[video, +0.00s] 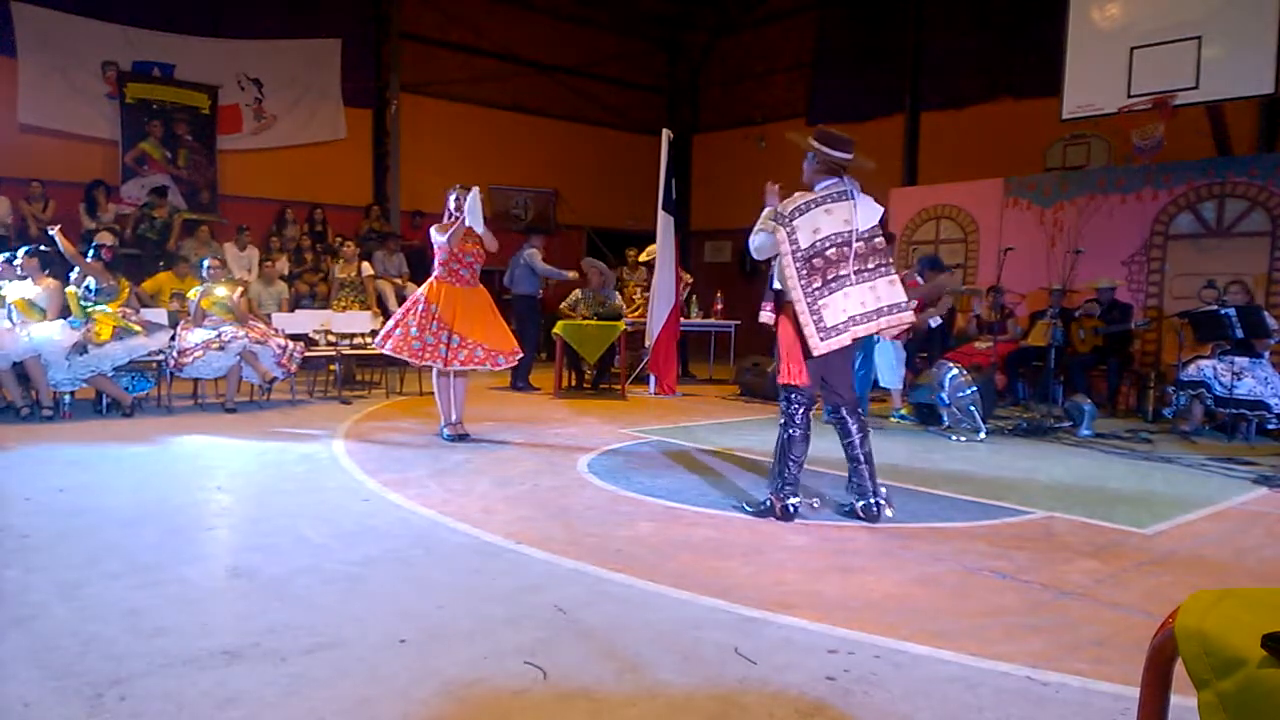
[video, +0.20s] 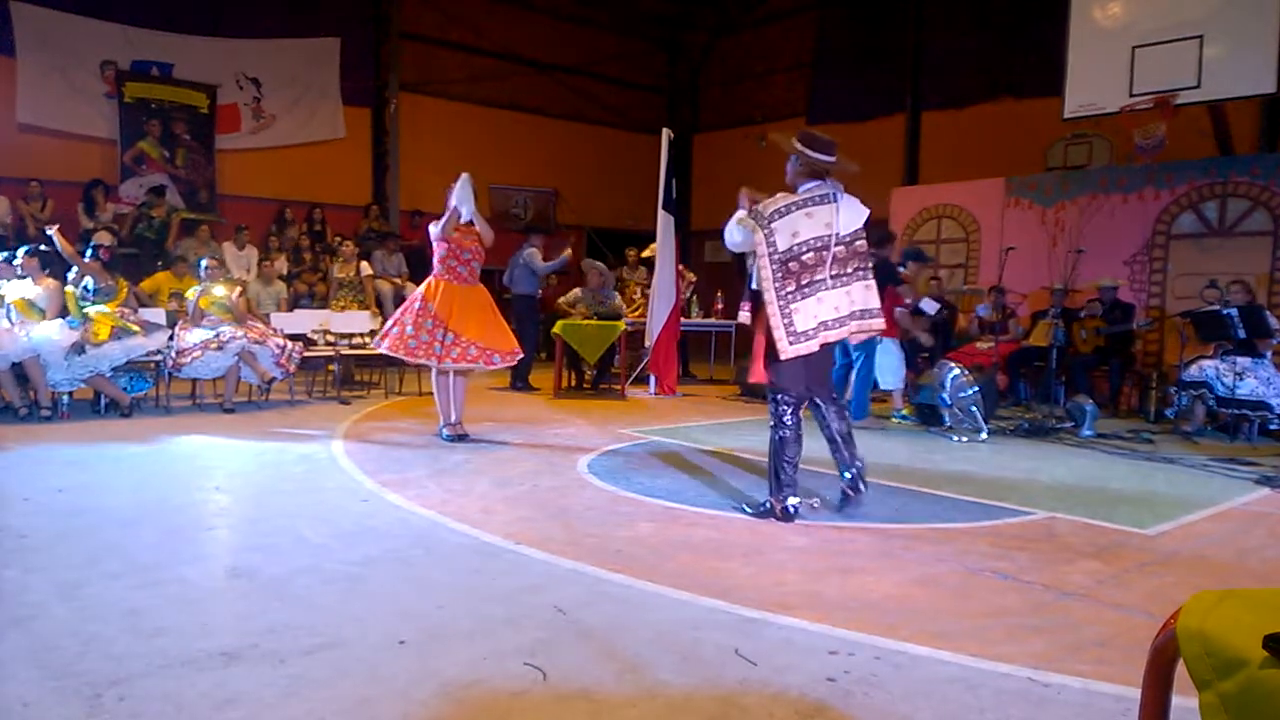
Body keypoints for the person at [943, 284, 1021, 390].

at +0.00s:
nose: (994, 299)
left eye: (997, 297)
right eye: (992, 296)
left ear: (1001, 298)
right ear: (987, 298)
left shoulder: (1008, 313)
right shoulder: (980, 314)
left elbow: (1013, 335)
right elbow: (972, 334)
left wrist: (993, 338)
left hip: (1003, 344)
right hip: (983, 343)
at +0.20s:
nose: (995, 300)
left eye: (998, 297)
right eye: (993, 296)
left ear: (1003, 298)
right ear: (988, 298)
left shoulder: (1009, 313)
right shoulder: (981, 313)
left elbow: (1014, 335)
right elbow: (974, 334)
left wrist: (994, 339)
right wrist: (973, 322)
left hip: (1004, 344)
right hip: (984, 344)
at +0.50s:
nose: (992, 300)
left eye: (996, 297)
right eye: (990, 296)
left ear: (1001, 299)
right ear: (985, 298)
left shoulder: (1008, 313)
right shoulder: (978, 316)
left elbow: (1012, 335)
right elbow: (974, 336)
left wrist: (993, 339)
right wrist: (971, 323)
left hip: (1003, 344)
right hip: (983, 345)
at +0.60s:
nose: (992, 300)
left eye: (996, 297)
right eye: (990, 296)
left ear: (1002, 299)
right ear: (986, 298)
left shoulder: (1008, 313)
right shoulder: (980, 313)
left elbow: (1012, 335)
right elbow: (973, 335)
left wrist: (993, 338)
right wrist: (971, 323)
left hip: (1002, 343)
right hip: (983, 343)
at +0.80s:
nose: (993, 300)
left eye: (996, 297)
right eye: (990, 297)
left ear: (1002, 299)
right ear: (986, 298)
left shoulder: (1007, 312)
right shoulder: (978, 313)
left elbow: (1012, 335)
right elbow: (973, 335)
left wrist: (993, 338)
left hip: (1002, 344)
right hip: (983, 344)